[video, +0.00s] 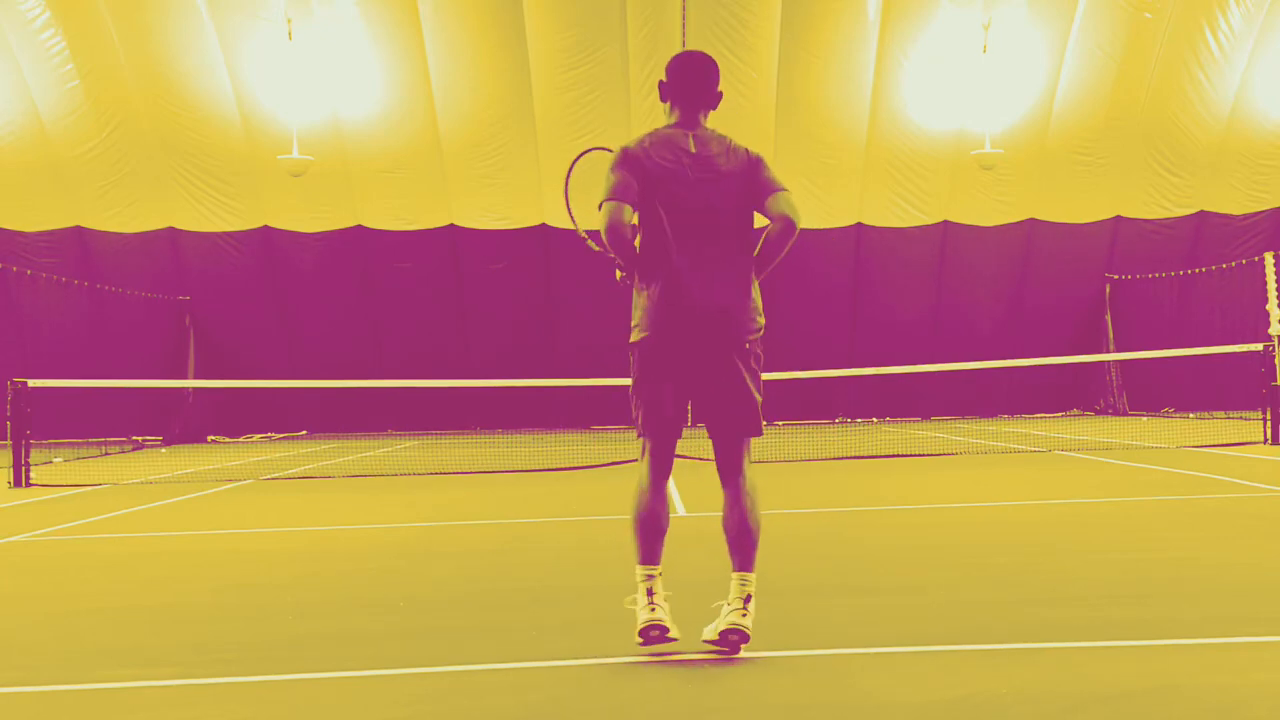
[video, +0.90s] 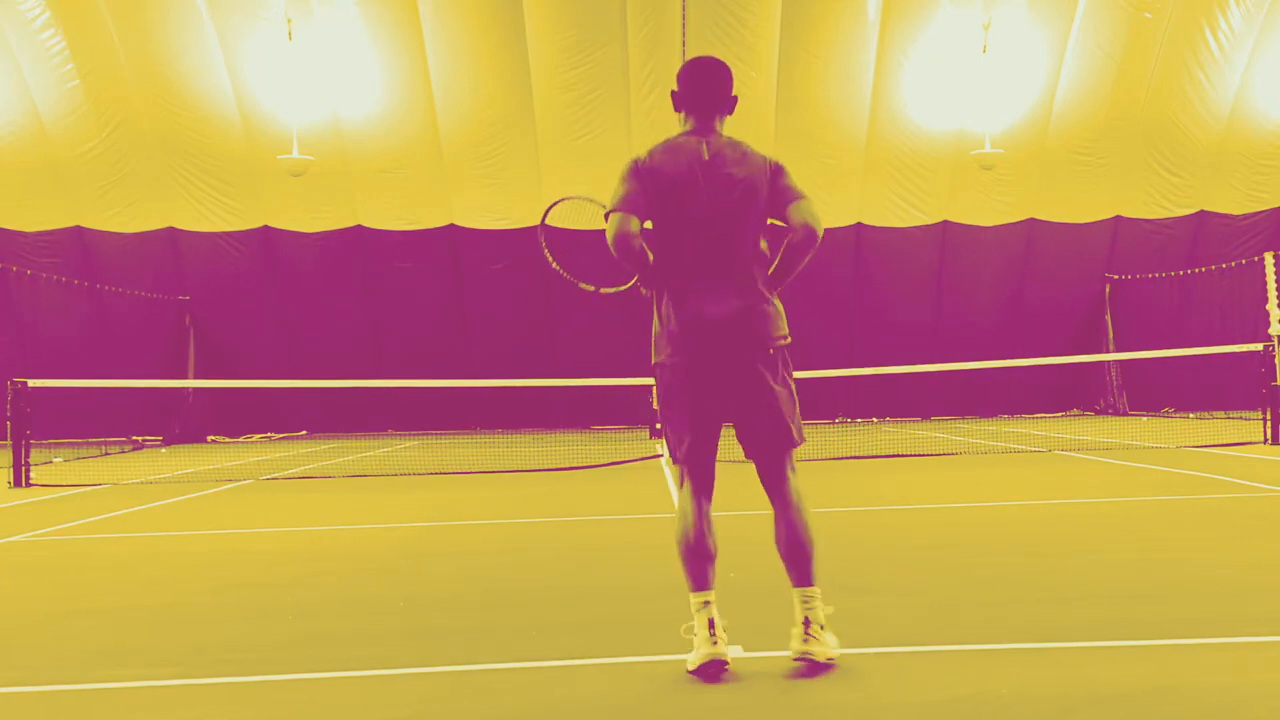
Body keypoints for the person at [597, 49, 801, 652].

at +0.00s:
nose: (682, 105)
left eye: (672, 92)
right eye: (706, 96)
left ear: (664, 94)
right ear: (718, 99)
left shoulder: (636, 155)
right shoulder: (743, 159)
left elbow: (613, 225)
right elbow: (788, 221)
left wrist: (640, 269)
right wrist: (751, 274)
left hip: (662, 326)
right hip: (732, 325)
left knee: (654, 466)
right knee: (736, 469)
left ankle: (650, 602)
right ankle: (739, 608)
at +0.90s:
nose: (700, 115)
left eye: (687, 101)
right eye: (720, 104)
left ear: (676, 103)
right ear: (732, 106)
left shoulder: (648, 166)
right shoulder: (761, 166)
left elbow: (621, 237)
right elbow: (808, 226)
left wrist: (660, 285)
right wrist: (772, 283)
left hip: (685, 342)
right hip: (755, 337)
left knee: (694, 488)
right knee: (782, 482)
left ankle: (706, 632)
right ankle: (811, 624)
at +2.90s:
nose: (693, 122)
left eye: (684, 110)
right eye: (714, 112)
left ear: (676, 112)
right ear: (729, 114)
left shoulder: (652, 170)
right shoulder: (757, 171)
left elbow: (626, 231)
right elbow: (795, 230)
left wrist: (655, 272)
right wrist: (759, 279)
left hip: (678, 326)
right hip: (744, 326)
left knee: (674, 468)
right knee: (746, 465)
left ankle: (676, 603)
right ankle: (755, 601)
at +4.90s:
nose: (673, 124)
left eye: (674, 116)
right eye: (689, 117)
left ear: (673, 120)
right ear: (722, 125)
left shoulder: (647, 179)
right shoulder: (747, 183)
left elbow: (624, 246)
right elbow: (790, 239)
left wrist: (644, 286)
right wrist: (748, 280)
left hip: (664, 339)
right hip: (729, 341)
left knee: (654, 467)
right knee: (726, 473)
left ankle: (649, 598)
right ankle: (730, 604)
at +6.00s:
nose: (702, 162)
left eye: (673, 154)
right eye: (712, 152)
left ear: (667, 155)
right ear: (717, 155)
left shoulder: (644, 216)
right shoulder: (744, 211)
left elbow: (624, 286)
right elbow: (792, 273)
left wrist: (655, 322)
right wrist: (759, 316)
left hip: (685, 371)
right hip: (750, 366)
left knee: (697, 493)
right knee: (779, 484)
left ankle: (715, 611)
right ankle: (816, 605)